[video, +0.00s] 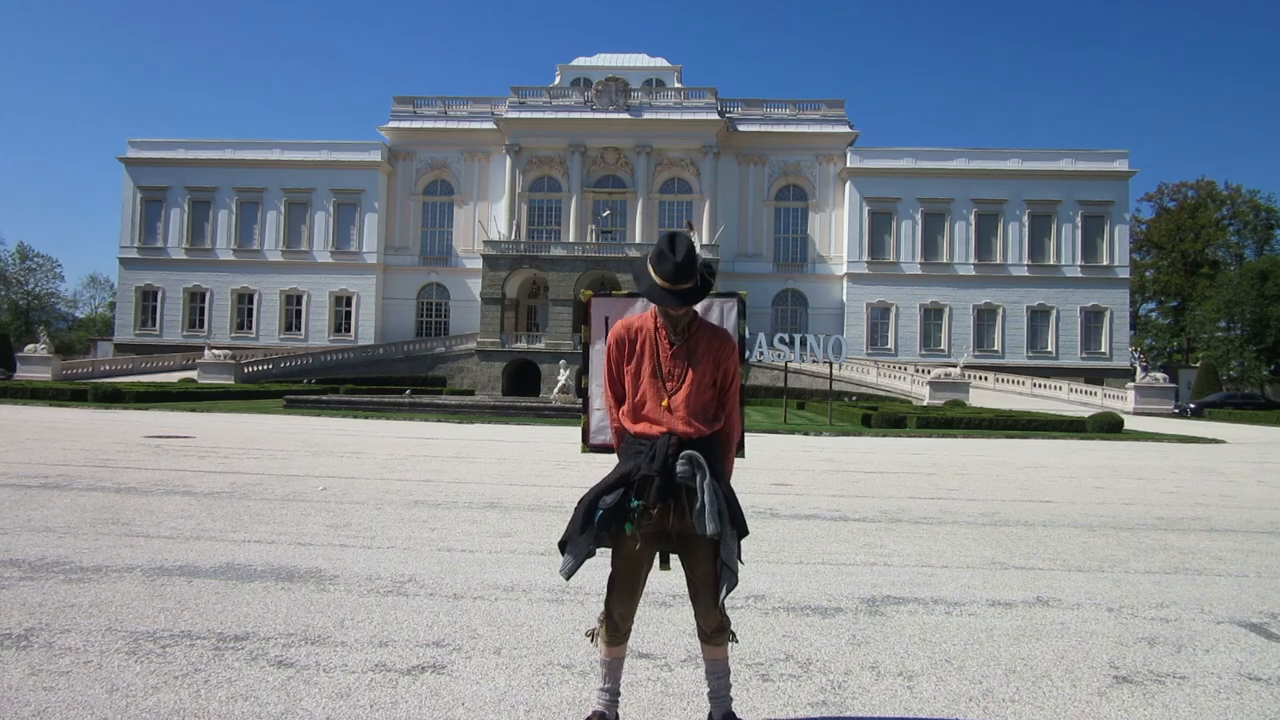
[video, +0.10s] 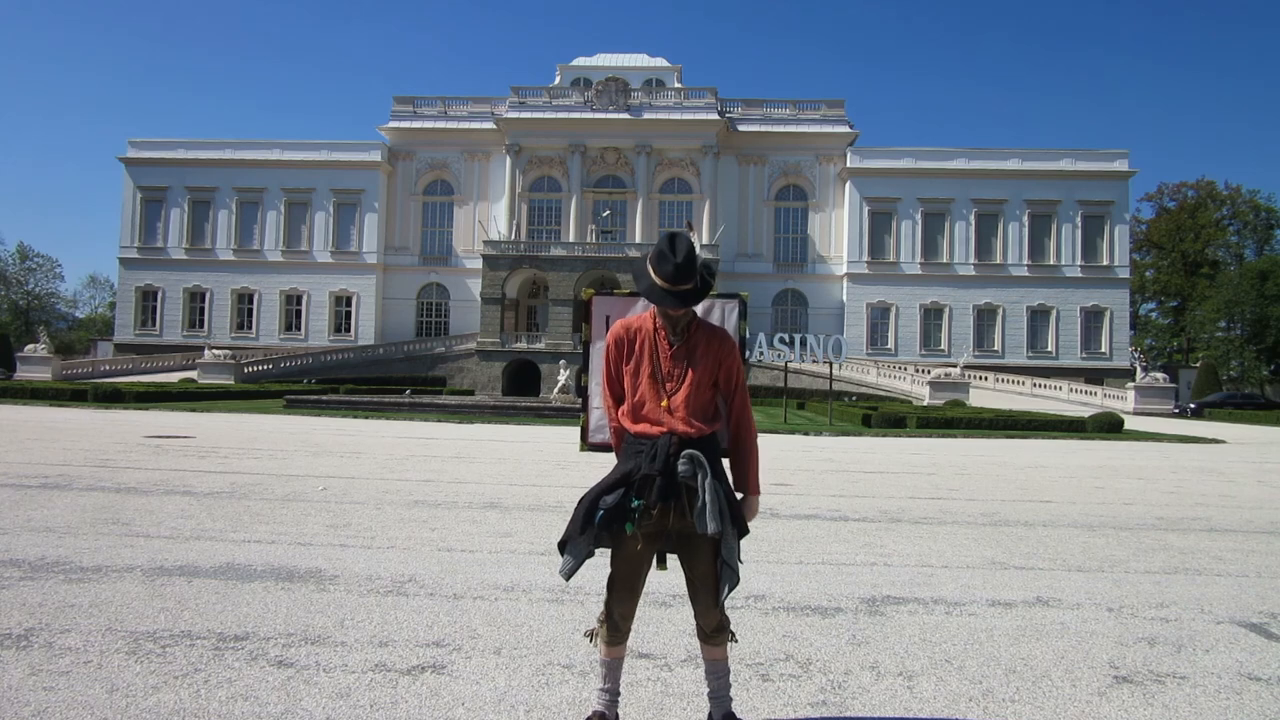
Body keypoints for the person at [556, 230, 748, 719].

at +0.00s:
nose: (677, 308)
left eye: (685, 300)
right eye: (668, 300)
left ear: (698, 293)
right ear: (653, 291)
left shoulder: (721, 344)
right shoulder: (624, 336)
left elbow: (729, 426)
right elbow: (617, 416)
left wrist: (718, 490)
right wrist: (643, 465)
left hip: (699, 490)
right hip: (639, 488)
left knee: (709, 606)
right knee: (620, 604)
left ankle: (721, 705)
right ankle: (607, 701)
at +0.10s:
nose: (678, 308)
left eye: (686, 299)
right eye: (669, 298)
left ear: (698, 292)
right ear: (652, 289)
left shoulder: (720, 344)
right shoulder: (623, 336)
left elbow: (741, 422)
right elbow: (615, 413)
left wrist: (751, 491)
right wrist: (633, 468)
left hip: (700, 486)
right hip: (639, 483)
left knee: (709, 603)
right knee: (621, 599)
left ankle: (721, 706)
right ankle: (607, 700)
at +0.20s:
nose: (676, 314)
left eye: (684, 305)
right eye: (667, 305)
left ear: (697, 298)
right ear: (652, 296)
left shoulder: (718, 342)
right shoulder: (622, 336)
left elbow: (756, 405)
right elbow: (612, 411)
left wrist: (780, 470)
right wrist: (633, 467)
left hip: (698, 481)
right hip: (638, 480)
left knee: (709, 603)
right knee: (620, 599)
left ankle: (720, 706)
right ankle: (606, 701)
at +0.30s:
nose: (678, 314)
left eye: (686, 304)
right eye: (669, 304)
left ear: (698, 297)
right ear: (653, 295)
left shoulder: (717, 338)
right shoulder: (623, 336)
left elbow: (775, 377)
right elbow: (611, 415)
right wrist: (631, 471)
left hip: (699, 481)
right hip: (639, 481)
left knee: (709, 603)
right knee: (620, 601)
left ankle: (721, 706)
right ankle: (606, 702)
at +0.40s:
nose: (679, 317)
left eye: (688, 308)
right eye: (670, 308)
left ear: (701, 299)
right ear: (654, 297)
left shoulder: (717, 335)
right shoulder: (625, 335)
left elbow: (779, 346)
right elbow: (612, 410)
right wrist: (629, 469)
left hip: (699, 478)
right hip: (638, 477)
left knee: (710, 600)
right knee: (621, 599)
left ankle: (721, 706)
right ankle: (606, 702)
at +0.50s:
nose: (678, 317)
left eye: (687, 308)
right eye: (669, 307)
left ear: (701, 296)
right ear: (653, 297)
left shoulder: (718, 329)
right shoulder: (627, 334)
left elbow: (776, 308)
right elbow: (610, 408)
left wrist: (752, 257)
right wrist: (628, 468)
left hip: (698, 475)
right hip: (639, 474)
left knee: (711, 598)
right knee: (623, 594)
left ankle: (721, 707)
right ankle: (606, 700)